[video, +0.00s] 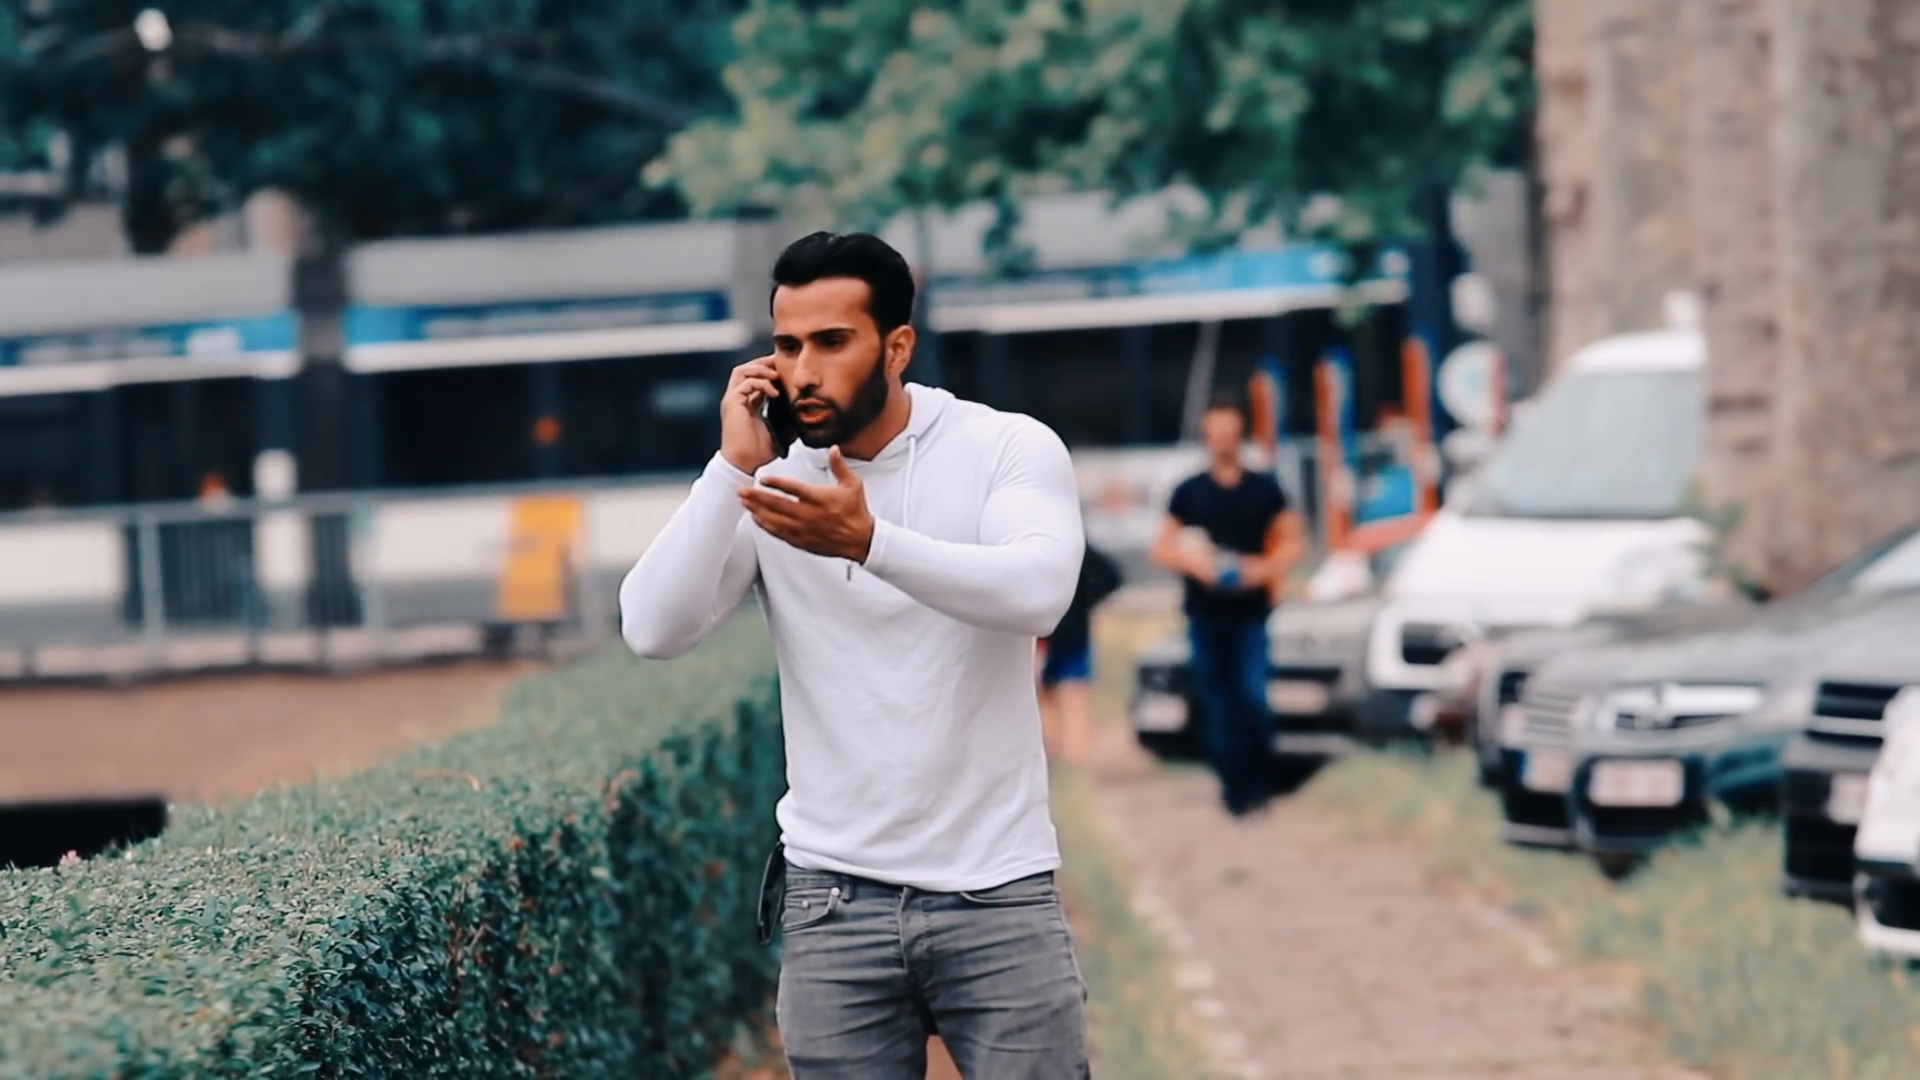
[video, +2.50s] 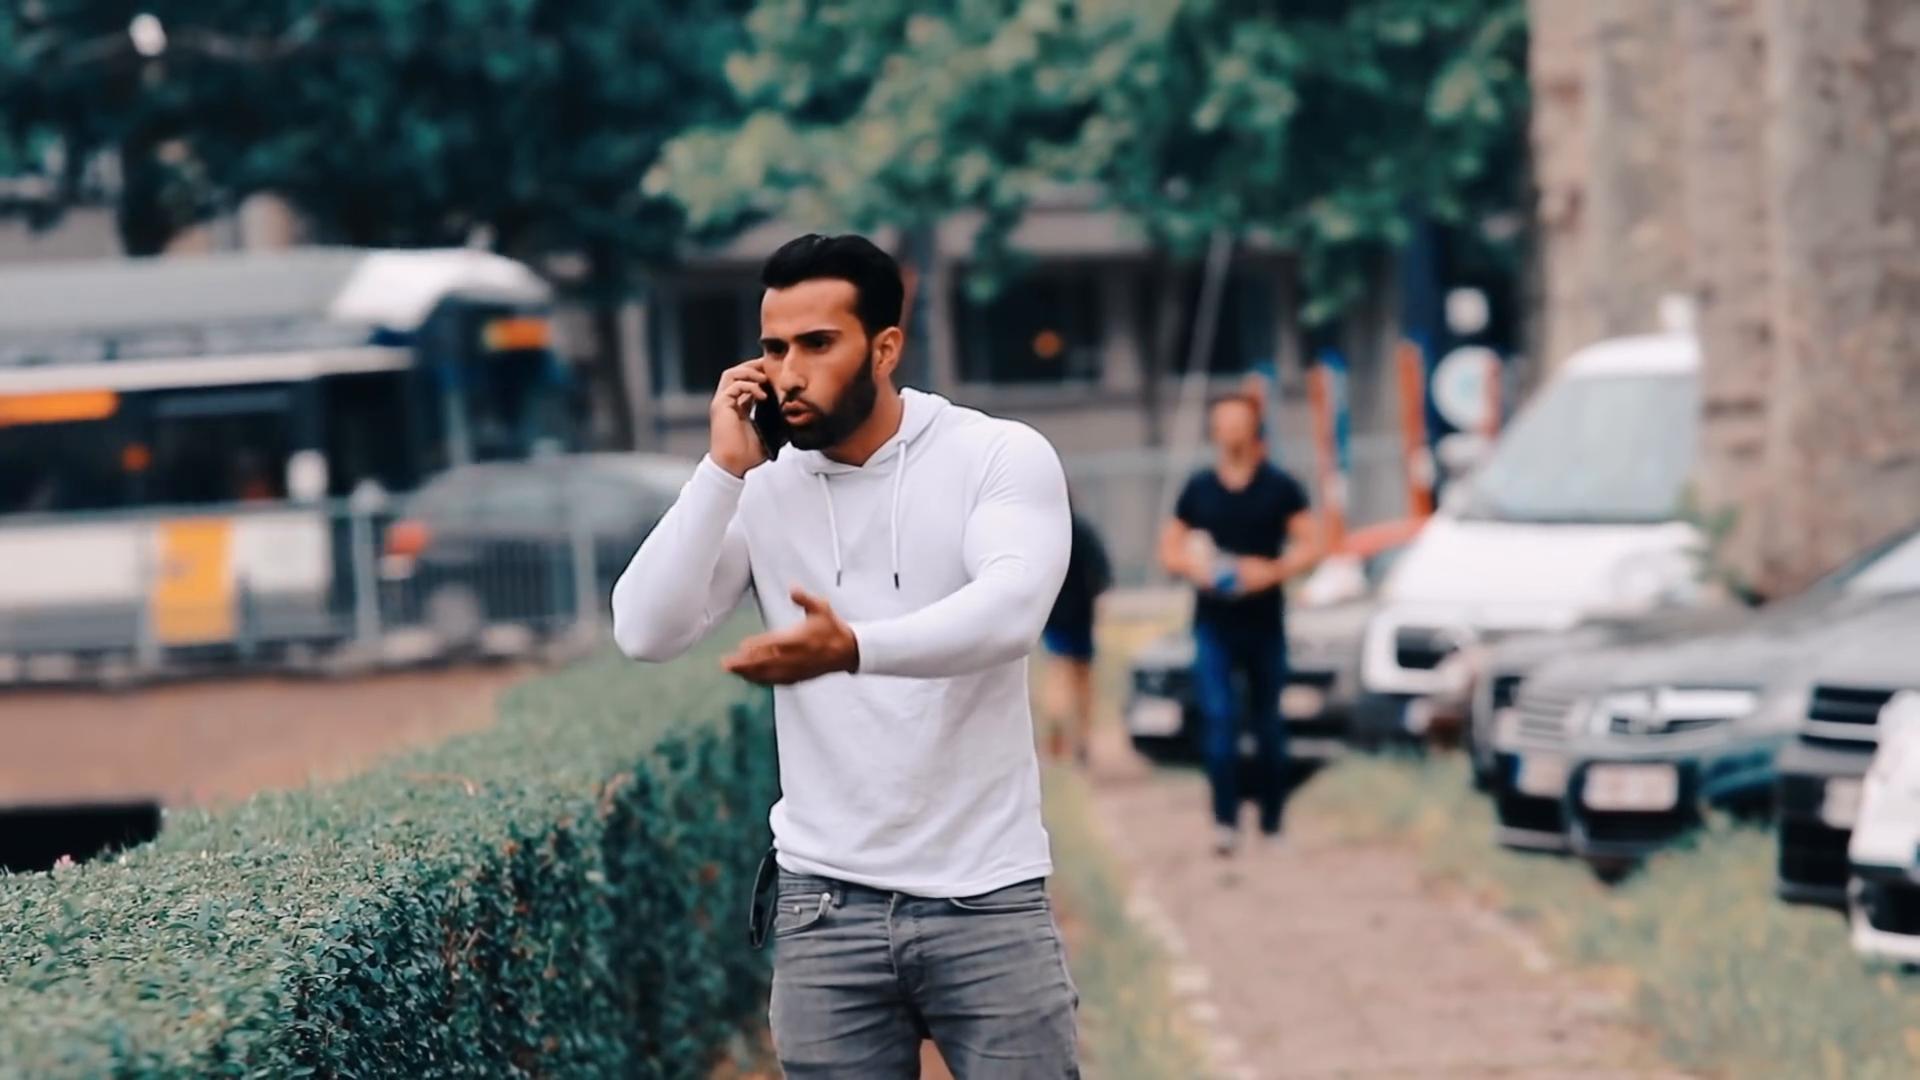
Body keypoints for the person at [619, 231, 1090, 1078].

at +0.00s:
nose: (801, 372)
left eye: (830, 342)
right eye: (787, 347)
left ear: (896, 346)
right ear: (771, 354)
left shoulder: (1012, 448)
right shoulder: (765, 485)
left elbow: (1037, 595)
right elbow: (651, 627)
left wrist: (867, 540)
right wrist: (733, 467)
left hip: (1000, 892)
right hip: (830, 899)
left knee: (1044, 1064)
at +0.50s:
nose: (794, 373)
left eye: (822, 343)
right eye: (780, 348)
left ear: (890, 346)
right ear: (764, 355)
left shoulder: (1007, 450)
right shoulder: (760, 490)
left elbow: (1023, 599)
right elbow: (648, 630)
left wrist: (853, 596)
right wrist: (727, 467)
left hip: (996, 895)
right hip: (827, 901)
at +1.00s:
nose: (789, 371)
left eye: (818, 342)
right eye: (776, 346)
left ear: (887, 343)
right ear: (762, 350)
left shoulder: (1003, 450)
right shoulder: (762, 481)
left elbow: (1015, 598)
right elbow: (644, 627)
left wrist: (838, 560)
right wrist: (722, 467)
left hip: (992, 895)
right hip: (823, 901)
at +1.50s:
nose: (784, 373)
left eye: (813, 344)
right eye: (770, 347)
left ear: (882, 347)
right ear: (755, 354)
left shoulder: (1001, 453)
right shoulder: (755, 490)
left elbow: (1007, 606)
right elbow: (643, 632)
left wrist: (838, 606)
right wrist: (720, 467)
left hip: (989, 898)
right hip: (821, 904)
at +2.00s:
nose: (790, 374)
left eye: (819, 345)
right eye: (778, 349)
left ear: (888, 347)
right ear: (763, 355)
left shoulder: (1006, 457)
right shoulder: (764, 487)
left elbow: (1014, 607)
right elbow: (645, 631)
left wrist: (838, 574)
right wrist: (723, 469)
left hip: (991, 897)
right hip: (822, 902)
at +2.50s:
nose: (786, 373)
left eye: (815, 344)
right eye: (774, 348)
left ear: (885, 347)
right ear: (759, 355)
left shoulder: (1004, 458)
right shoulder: (758, 491)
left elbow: (1009, 617)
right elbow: (643, 631)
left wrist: (854, 648)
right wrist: (723, 469)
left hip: (990, 900)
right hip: (821, 906)